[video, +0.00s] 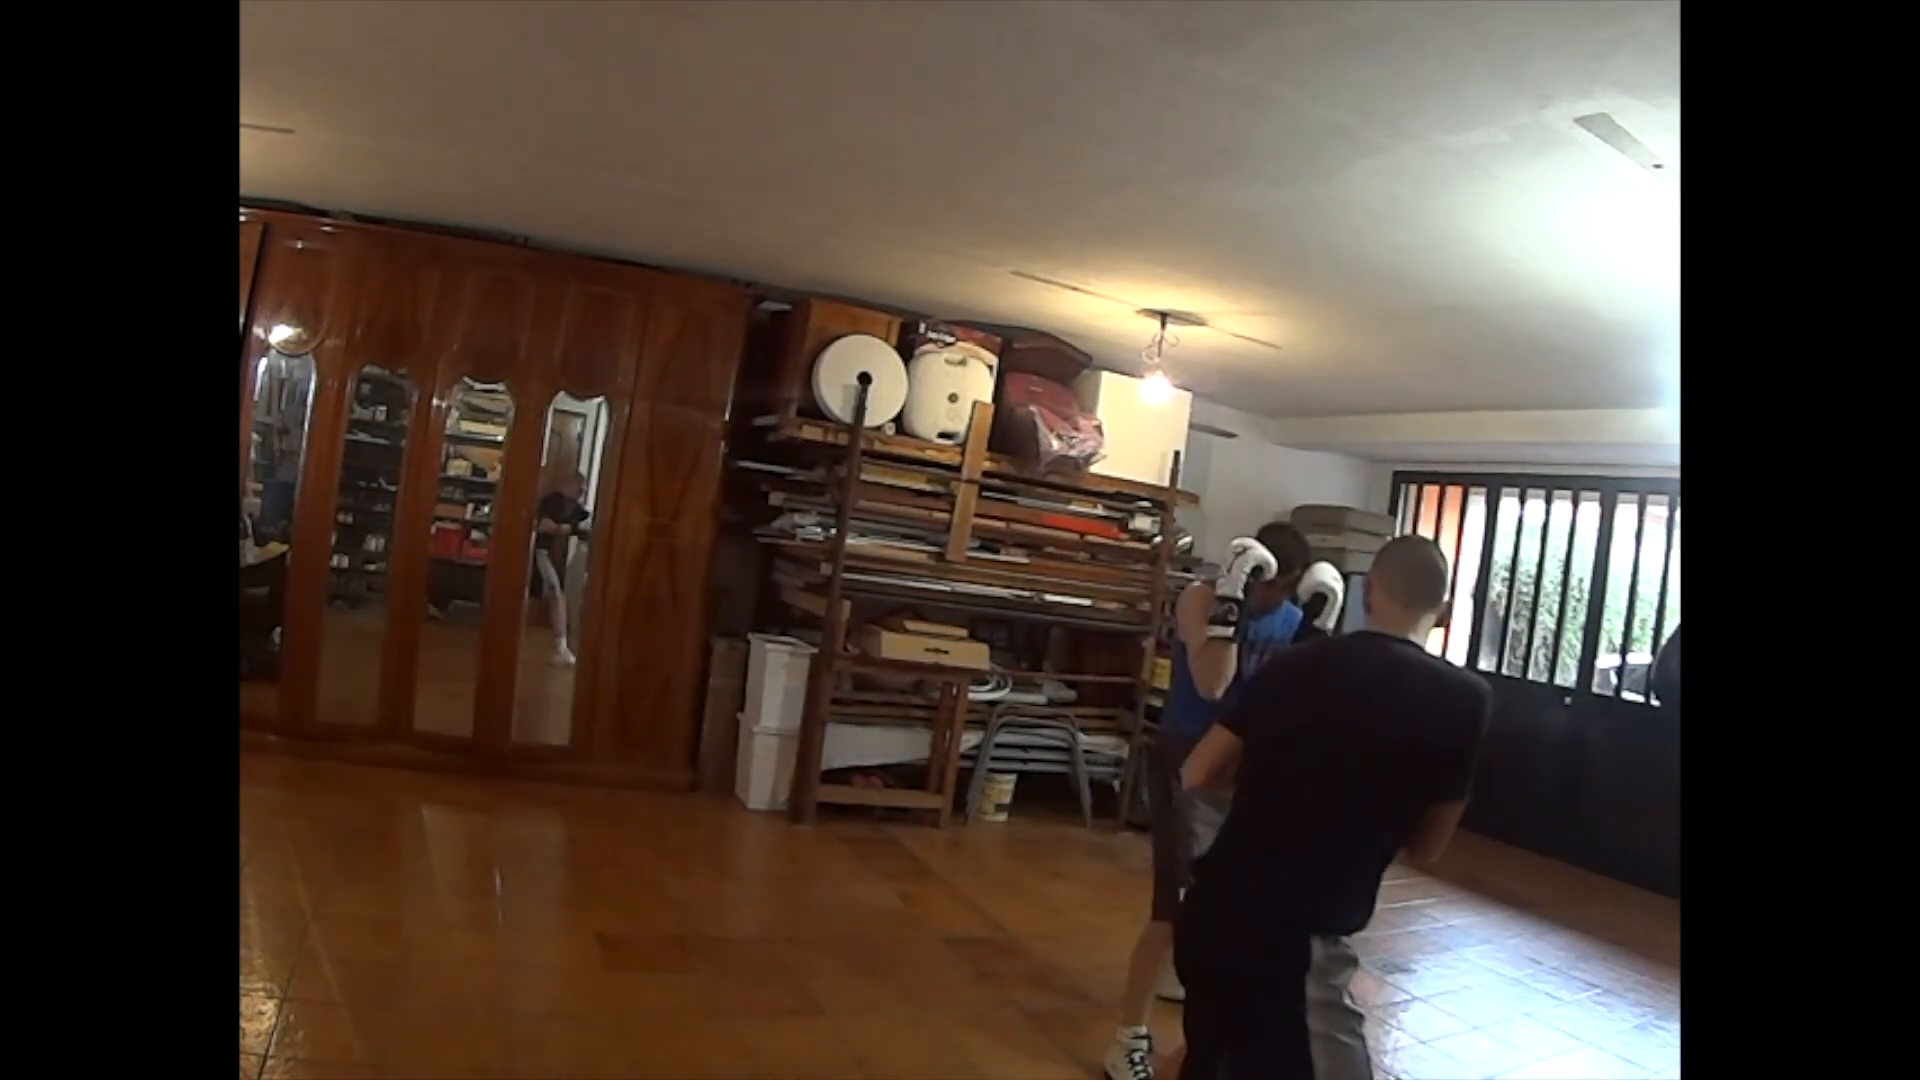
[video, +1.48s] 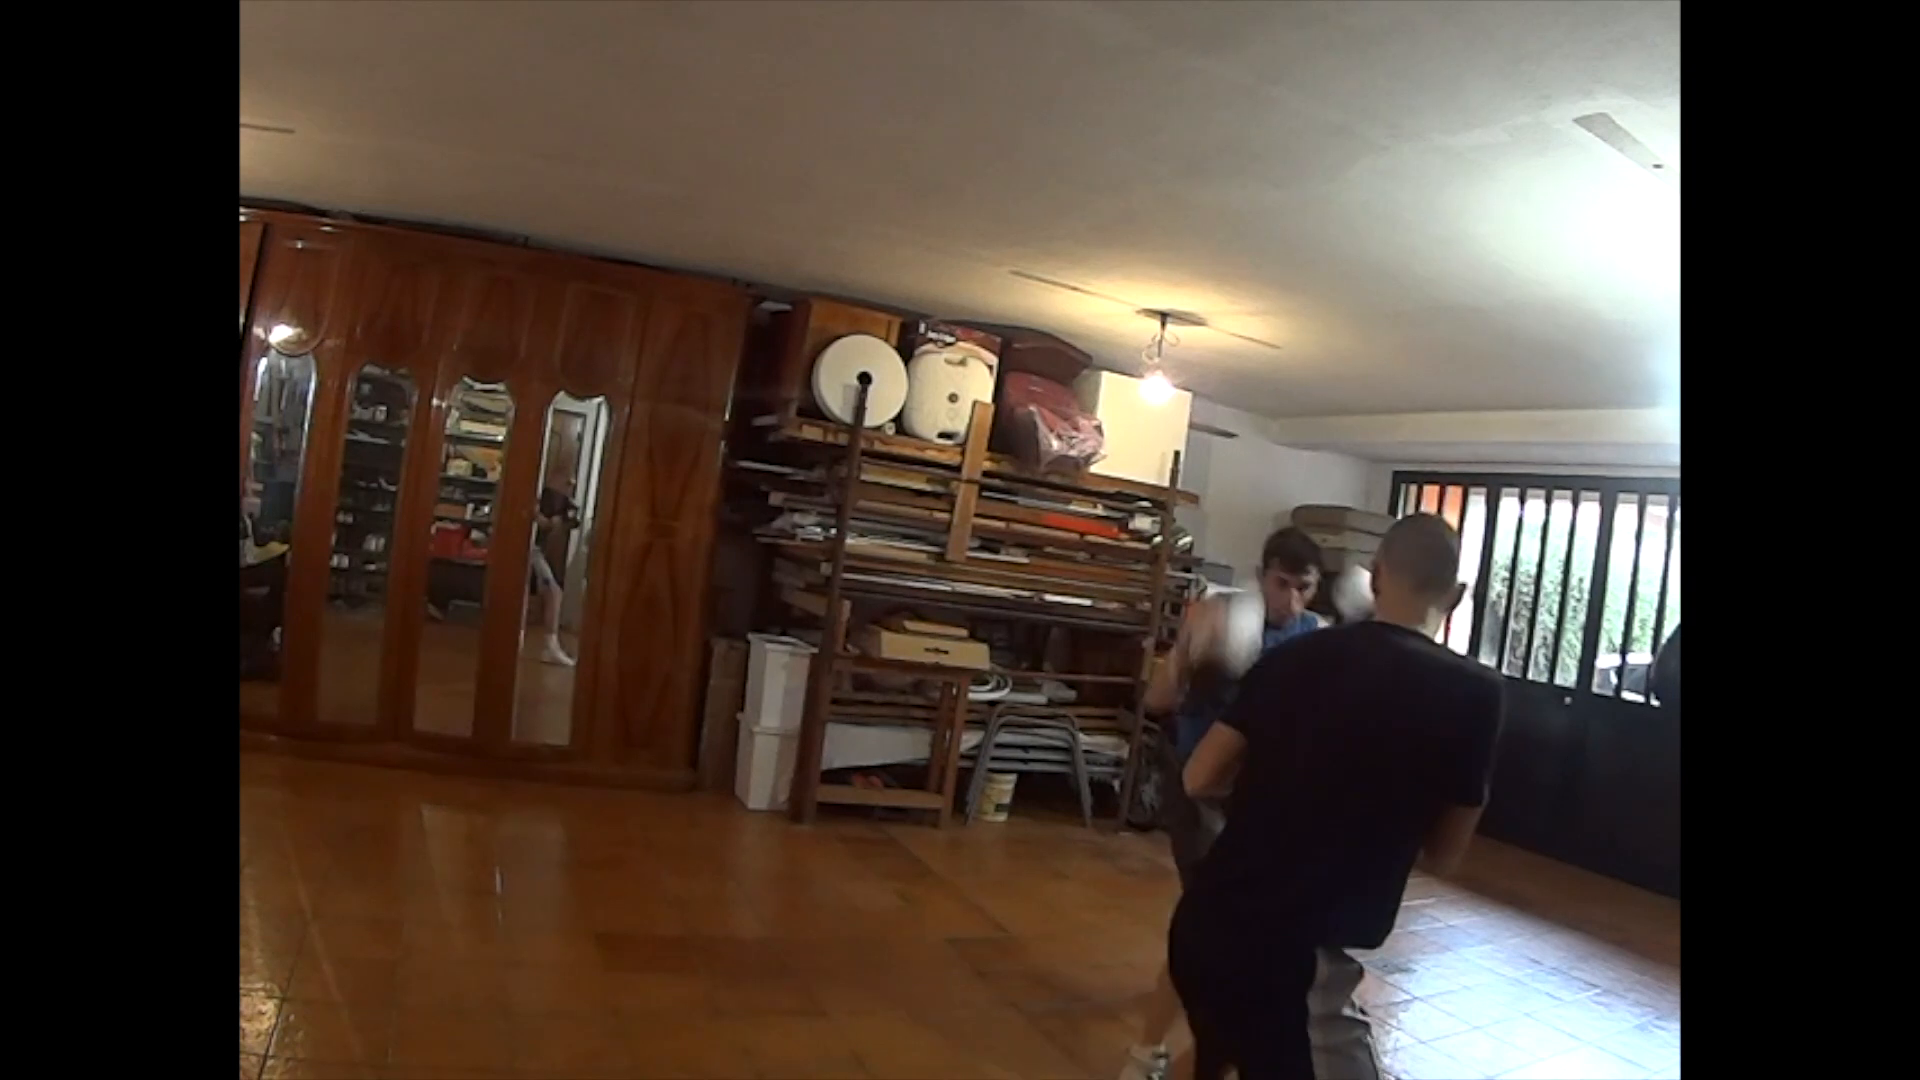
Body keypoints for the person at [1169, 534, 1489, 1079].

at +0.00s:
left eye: (1369, 588)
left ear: (1369, 593)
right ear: (1443, 613)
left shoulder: (1301, 662)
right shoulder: (1463, 697)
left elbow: (1197, 774)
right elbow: (1427, 850)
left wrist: (1274, 772)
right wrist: (1372, 796)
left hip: (1215, 913)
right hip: (1310, 945)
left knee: (1207, 1059)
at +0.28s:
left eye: (1380, 577)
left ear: (1379, 582)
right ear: (1454, 605)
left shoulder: (1306, 655)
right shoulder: (1469, 696)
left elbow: (1197, 765)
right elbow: (1430, 849)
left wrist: (1268, 757)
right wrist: (1362, 802)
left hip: (1219, 907)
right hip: (1314, 946)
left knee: (1203, 1060)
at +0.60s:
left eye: (1370, 573)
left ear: (1370, 579)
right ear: (1447, 597)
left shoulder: (1294, 653)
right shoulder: (1460, 689)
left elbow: (1191, 763)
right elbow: (1425, 847)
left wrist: (1271, 756)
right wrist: (1368, 787)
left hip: (1211, 910)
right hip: (1303, 946)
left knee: (1208, 1065)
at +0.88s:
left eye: (1378, 570)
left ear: (1379, 577)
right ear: (1456, 602)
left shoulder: (1301, 655)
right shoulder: (1469, 700)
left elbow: (1194, 767)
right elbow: (1436, 852)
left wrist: (1272, 753)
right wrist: (1374, 794)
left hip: (1209, 925)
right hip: (1302, 961)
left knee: (1211, 1068)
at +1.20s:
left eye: (1391, 564)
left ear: (1389, 572)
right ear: (1473, 596)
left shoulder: (1306, 647)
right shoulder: (1474, 704)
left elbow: (1194, 730)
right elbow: (1436, 857)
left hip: (1212, 918)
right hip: (1301, 959)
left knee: (1201, 1064)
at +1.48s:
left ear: (1375, 576)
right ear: (1455, 598)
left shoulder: (1299, 656)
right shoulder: (1474, 691)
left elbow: (1200, 777)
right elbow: (1445, 856)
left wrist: (1271, 786)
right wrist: (1388, 800)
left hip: (1213, 924)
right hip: (1311, 959)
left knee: (1213, 1057)